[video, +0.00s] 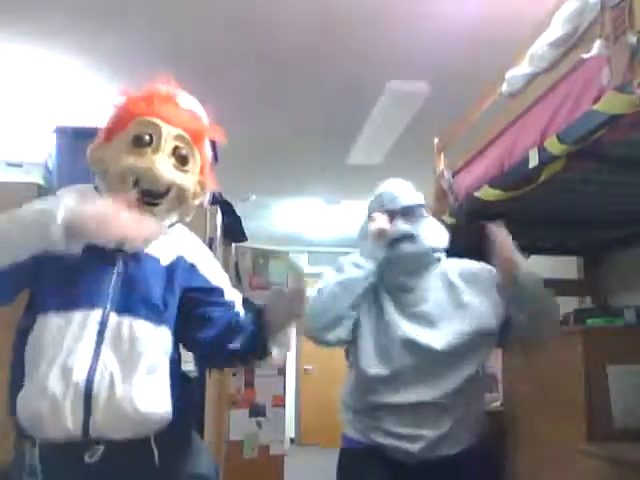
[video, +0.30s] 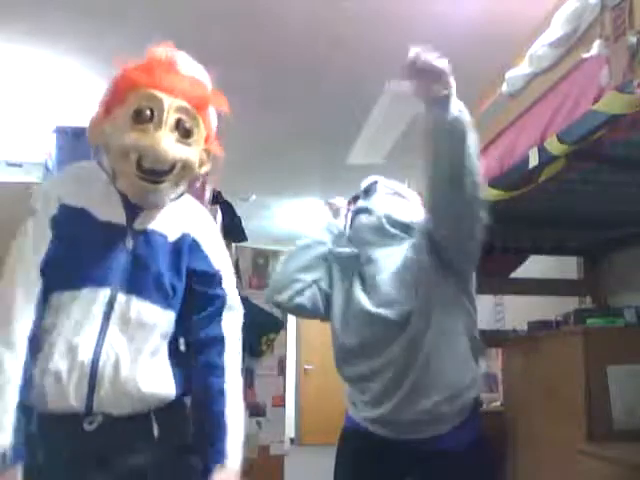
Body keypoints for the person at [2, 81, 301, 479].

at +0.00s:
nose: (156, 165)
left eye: (179, 156)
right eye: (142, 141)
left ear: (196, 178)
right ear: (107, 151)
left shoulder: (182, 250)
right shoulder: (58, 226)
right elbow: (2, 282)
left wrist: (268, 322)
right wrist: (59, 222)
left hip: (143, 456)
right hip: (50, 455)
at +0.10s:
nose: (160, 168)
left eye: (182, 156)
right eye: (143, 142)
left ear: (197, 184)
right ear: (100, 153)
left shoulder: (188, 250)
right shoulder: (47, 219)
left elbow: (219, 335)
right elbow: (8, 276)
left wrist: (263, 360)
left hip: (146, 452)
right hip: (46, 450)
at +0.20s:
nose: (159, 156)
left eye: (182, 142)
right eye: (143, 127)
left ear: (200, 168)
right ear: (99, 139)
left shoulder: (191, 236)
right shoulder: (56, 203)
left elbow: (218, 333)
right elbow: (7, 291)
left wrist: (241, 423)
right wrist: (15, 408)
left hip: (149, 439)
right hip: (52, 434)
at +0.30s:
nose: (159, 144)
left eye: (183, 129)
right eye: (142, 116)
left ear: (201, 154)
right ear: (104, 127)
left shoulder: (197, 228)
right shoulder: (60, 200)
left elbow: (216, 348)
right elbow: (13, 323)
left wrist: (224, 460)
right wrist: (7, 450)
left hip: (151, 438)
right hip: (54, 435)